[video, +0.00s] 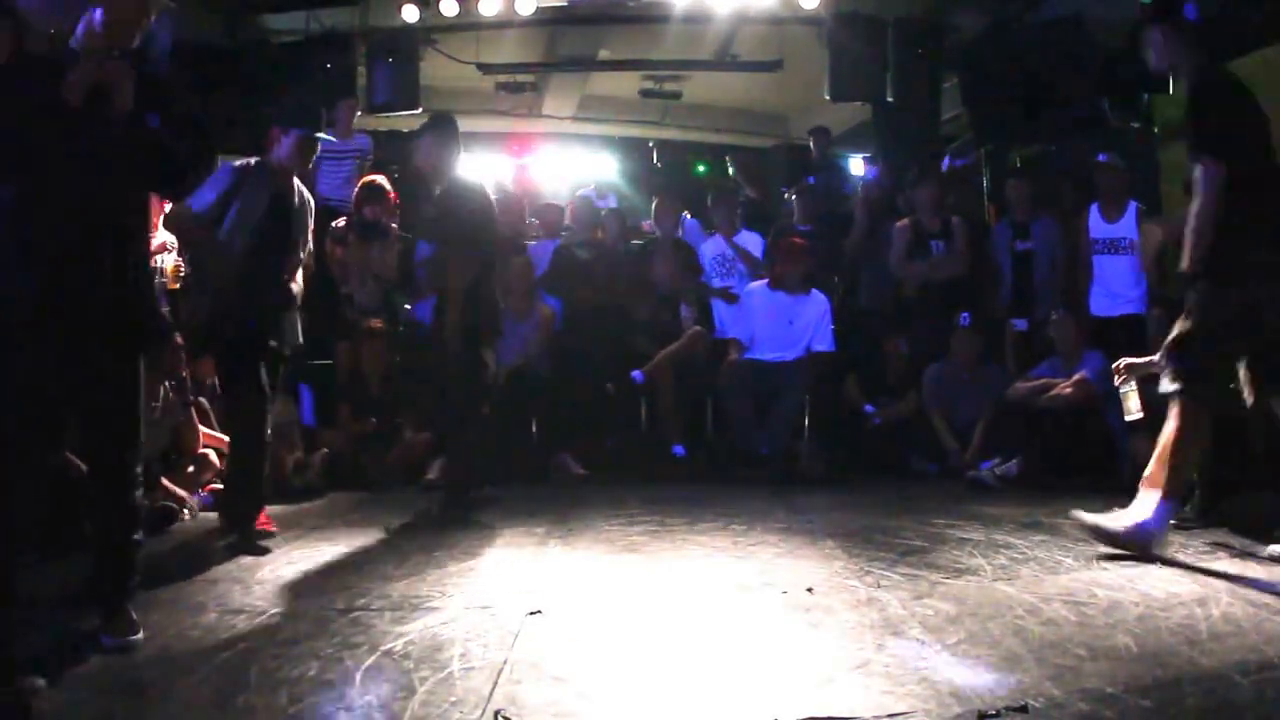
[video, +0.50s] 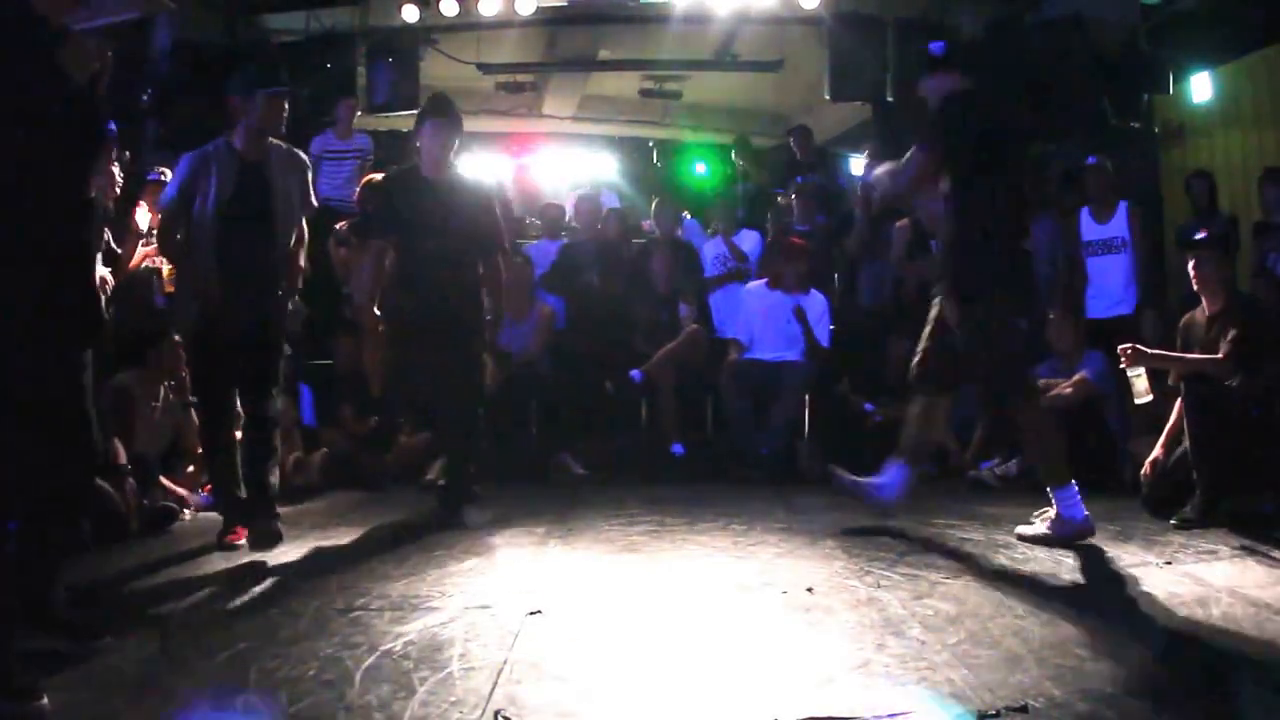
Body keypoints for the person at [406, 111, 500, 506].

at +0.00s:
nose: (420, 157)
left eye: (427, 149)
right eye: (419, 149)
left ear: (446, 148)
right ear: (422, 150)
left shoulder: (468, 196)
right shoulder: (431, 200)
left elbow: (472, 262)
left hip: (466, 319)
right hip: (444, 318)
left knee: (460, 402)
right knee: (448, 400)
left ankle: (460, 489)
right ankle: (459, 479)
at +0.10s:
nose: (422, 153)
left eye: (428, 144)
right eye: (421, 145)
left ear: (446, 144)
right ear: (425, 147)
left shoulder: (478, 193)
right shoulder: (417, 197)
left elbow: (487, 258)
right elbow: (407, 253)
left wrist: (486, 313)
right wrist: (403, 297)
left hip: (466, 311)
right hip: (425, 311)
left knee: (461, 399)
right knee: (437, 398)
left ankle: (462, 483)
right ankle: (456, 477)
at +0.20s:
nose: (438, 157)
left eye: (445, 147)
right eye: (432, 148)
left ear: (458, 149)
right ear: (421, 152)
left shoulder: (481, 199)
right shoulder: (411, 202)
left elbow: (497, 267)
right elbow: (404, 263)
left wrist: (502, 327)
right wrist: (403, 312)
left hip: (476, 311)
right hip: (434, 314)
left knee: (472, 395)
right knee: (440, 394)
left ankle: (461, 484)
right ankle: (453, 476)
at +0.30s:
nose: (434, 158)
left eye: (442, 150)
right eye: (429, 150)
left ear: (456, 152)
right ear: (421, 154)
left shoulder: (479, 204)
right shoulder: (407, 206)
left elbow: (505, 273)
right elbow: (386, 266)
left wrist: (517, 336)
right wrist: (377, 321)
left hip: (470, 321)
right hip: (420, 322)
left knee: (467, 406)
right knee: (433, 404)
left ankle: (455, 499)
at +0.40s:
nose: (440, 149)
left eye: (448, 141)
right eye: (433, 140)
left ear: (458, 144)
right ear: (421, 144)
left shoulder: (478, 198)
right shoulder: (400, 195)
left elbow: (499, 267)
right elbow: (378, 256)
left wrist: (511, 325)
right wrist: (368, 310)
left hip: (465, 318)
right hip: (414, 316)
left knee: (467, 405)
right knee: (422, 401)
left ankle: (458, 494)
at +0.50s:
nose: (441, 144)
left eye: (448, 136)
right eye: (434, 135)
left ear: (457, 141)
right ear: (418, 137)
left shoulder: (476, 196)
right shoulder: (391, 190)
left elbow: (493, 266)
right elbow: (375, 253)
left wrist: (497, 321)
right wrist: (366, 307)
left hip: (461, 319)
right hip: (408, 317)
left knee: (463, 411)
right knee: (412, 408)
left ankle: (455, 498)